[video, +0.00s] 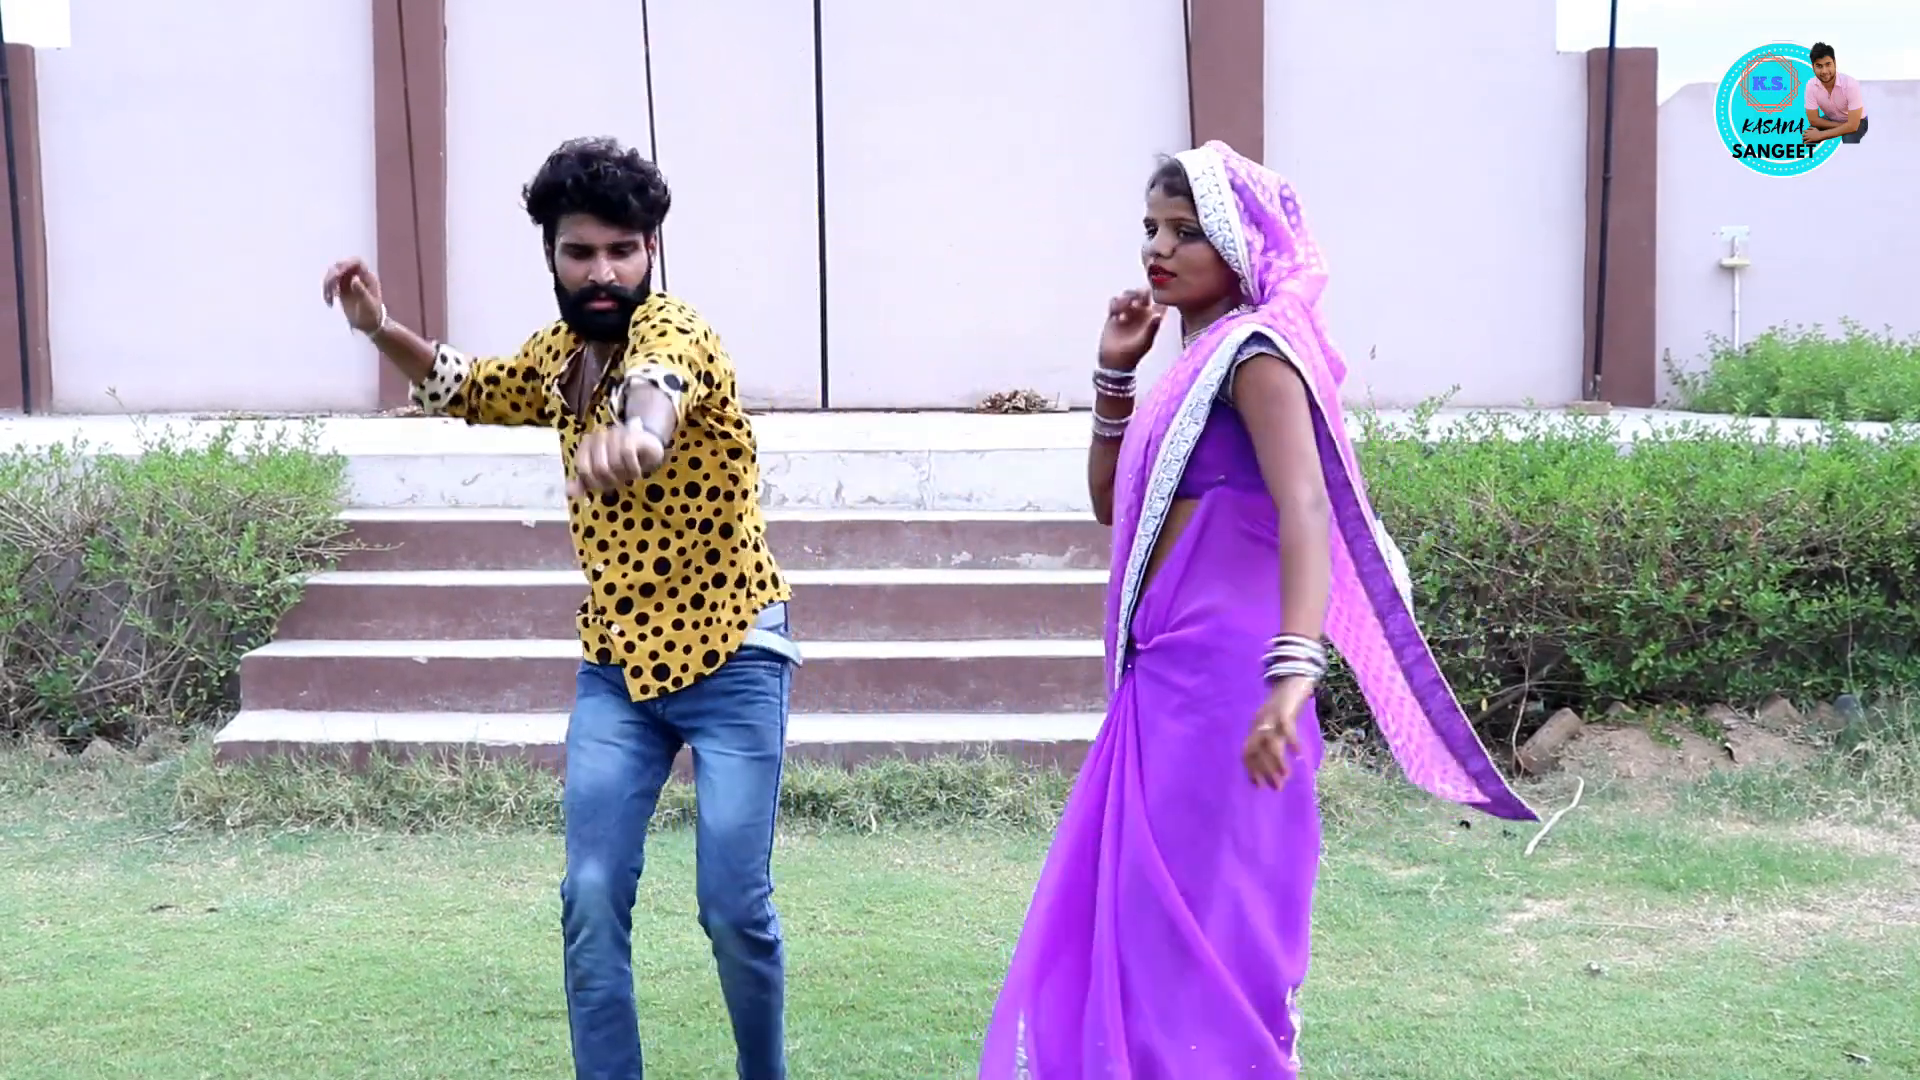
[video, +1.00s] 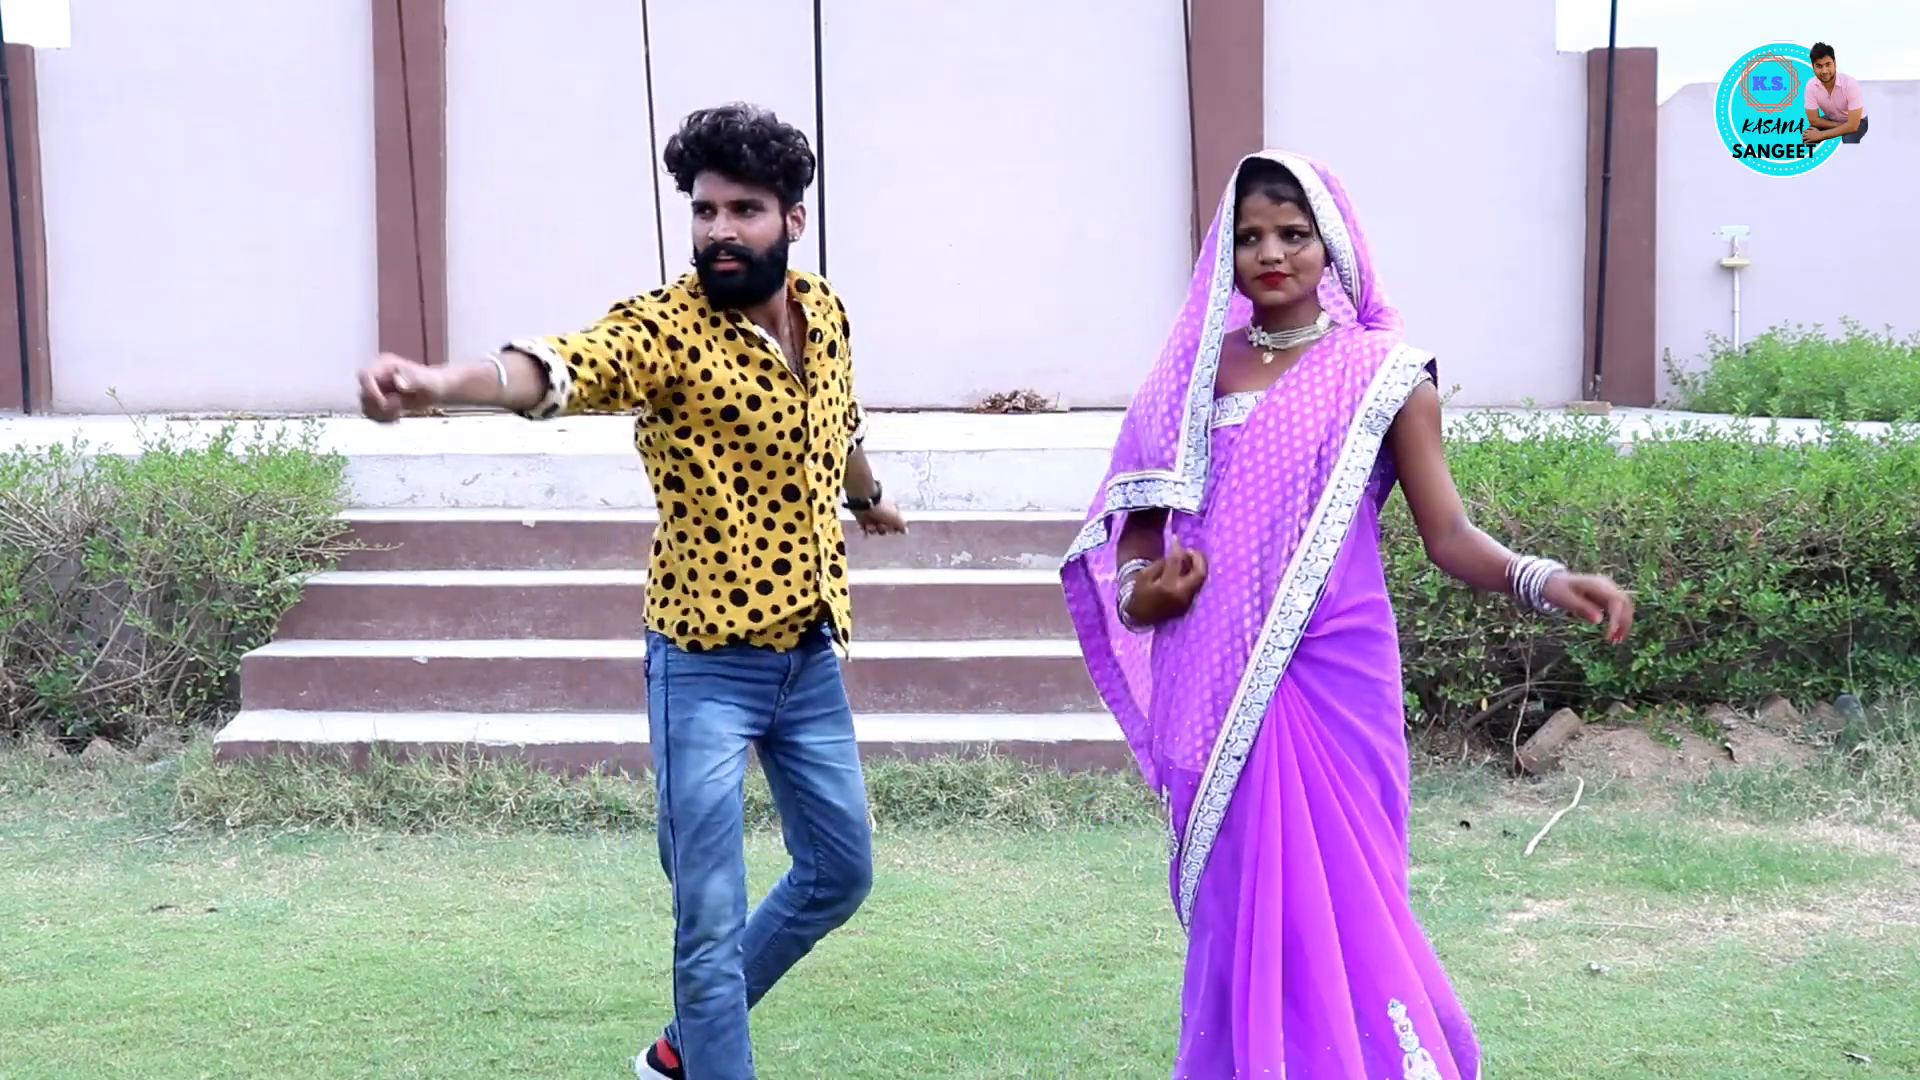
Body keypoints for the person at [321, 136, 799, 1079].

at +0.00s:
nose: (602, 274)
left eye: (622, 253)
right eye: (579, 253)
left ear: (653, 253)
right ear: (551, 258)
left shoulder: (669, 331)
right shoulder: (554, 361)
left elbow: (656, 389)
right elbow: (463, 387)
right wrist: (383, 329)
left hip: (734, 660)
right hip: (618, 666)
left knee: (733, 904)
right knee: (592, 895)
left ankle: (764, 1071)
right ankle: (608, 1073)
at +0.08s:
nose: (612, 261)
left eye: (633, 239)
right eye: (589, 240)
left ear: (664, 237)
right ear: (559, 241)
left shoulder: (675, 333)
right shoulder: (565, 323)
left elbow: (667, 444)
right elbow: (471, 301)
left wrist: (670, 545)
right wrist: (387, 235)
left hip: (740, 650)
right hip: (626, 656)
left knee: (740, 901)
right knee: (601, 881)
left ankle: (787, 1070)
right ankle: (641, 1074)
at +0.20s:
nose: (629, 273)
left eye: (652, 251)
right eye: (608, 249)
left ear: (683, 251)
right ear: (576, 251)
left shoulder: (685, 366)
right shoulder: (593, 321)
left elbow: (706, 536)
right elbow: (512, 228)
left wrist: (725, 696)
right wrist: (415, 127)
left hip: (736, 668)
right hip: (631, 670)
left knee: (714, 924)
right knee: (620, 916)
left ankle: (786, 1072)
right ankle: (695, 1079)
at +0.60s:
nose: (670, 231)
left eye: (695, 211)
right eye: (653, 206)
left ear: (736, 214)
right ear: (629, 203)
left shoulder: (789, 351)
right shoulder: (591, 269)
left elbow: (848, 536)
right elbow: (487, 148)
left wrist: (905, 692)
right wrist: (422, 8)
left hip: (762, 664)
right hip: (635, 667)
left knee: (775, 913)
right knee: (651, 928)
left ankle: (753, 994)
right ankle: (703, 1073)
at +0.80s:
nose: (683, 251)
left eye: (707, 232)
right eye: (669, 229)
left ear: (757, 241)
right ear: (652, 231)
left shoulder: (817, 353)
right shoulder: (611, 329)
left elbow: (873, 506)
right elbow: (462, 247)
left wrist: (933, 635)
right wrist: (339, 116)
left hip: (794, 689)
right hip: (665, 690)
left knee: (824, 921)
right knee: (667, 930)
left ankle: (717, 1047)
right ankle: (710, 1079)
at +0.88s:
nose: (694, 240)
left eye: (719, 219)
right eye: (679, 218)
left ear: (774, 230)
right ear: (664, 220)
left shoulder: (816, 334)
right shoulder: (631, 324)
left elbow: (860, 473)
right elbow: (487, 293)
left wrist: (917, 576)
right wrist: (350, 213)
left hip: (802, 672)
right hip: (682, 675)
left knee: (833, 899)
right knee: (687, 934)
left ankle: (682, 1027)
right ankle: (713, 1067)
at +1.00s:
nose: (719, 232)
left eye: (745, 211)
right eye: (703, 212)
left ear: (794, 219)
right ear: (689, 215)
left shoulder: (823, 315)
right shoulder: (664, 327)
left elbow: (839, 424)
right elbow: (552, 370)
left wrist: (873, 501)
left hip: (809, 655)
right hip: (703, 659)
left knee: (838, 869)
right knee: (711, 914)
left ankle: (687, 1041)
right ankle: (722, 1073)